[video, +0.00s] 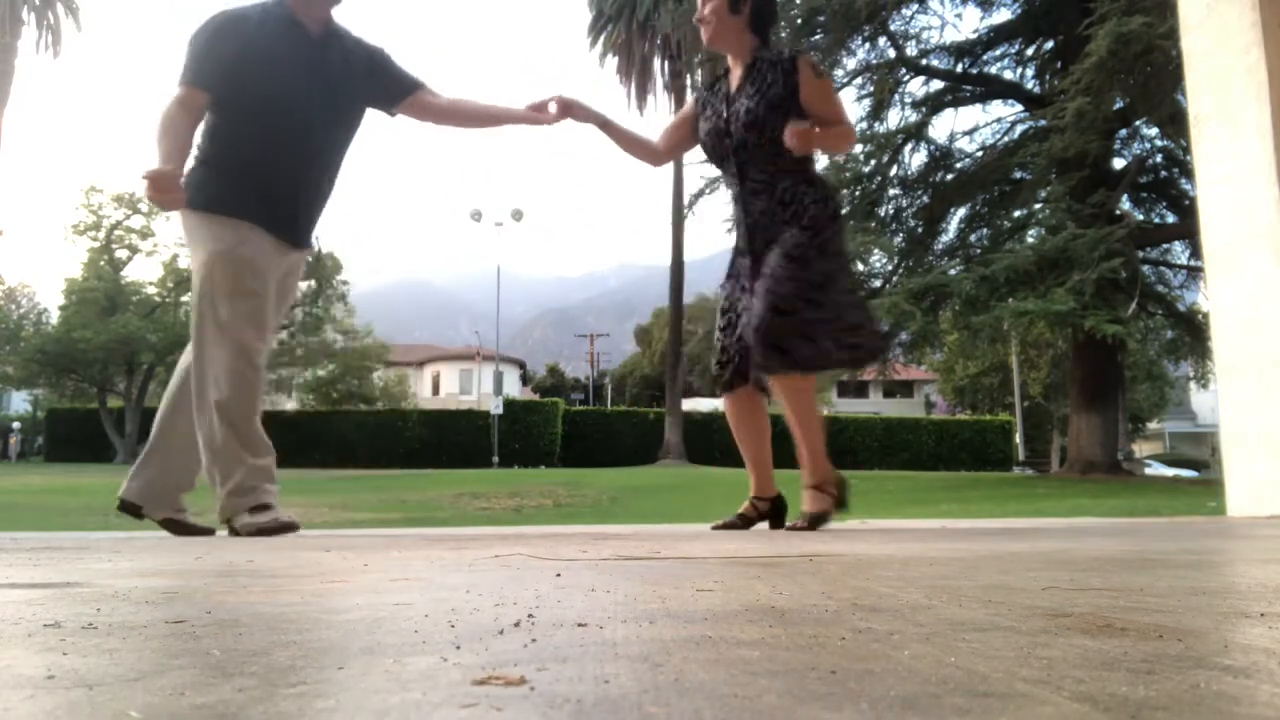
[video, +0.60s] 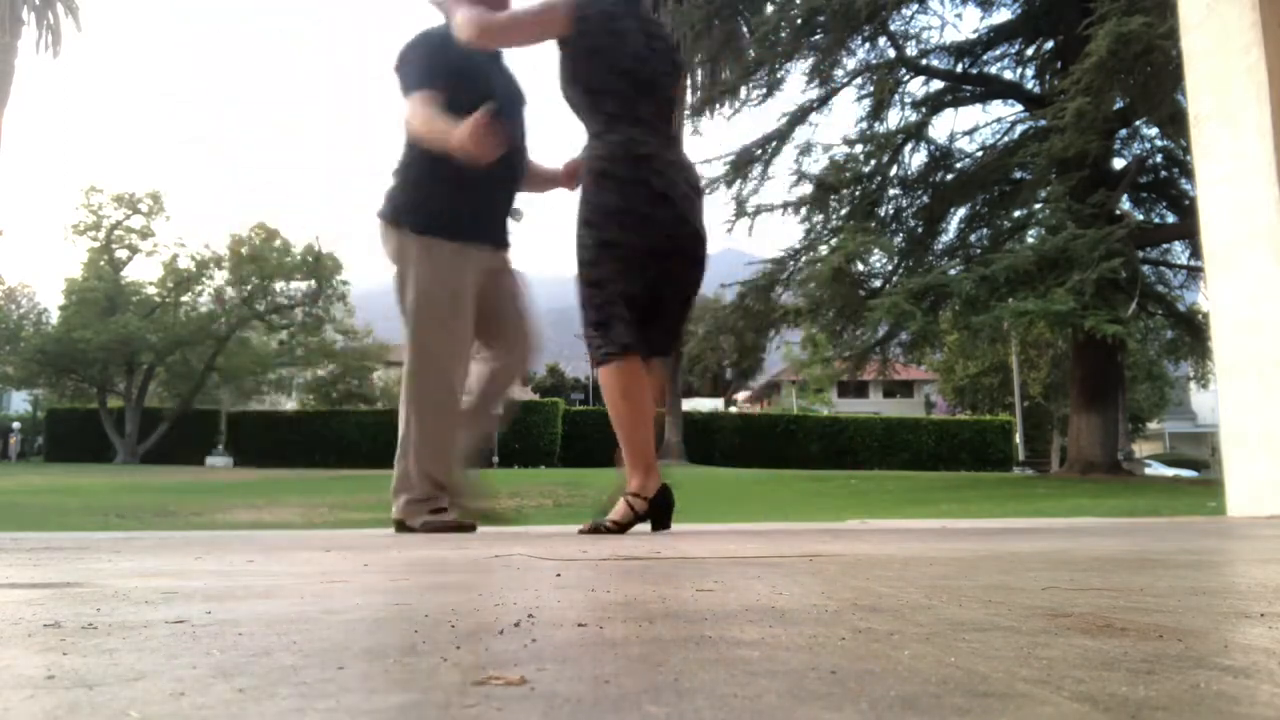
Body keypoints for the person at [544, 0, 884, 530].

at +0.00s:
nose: (698, 13)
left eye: (709, 4)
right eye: (699, 5)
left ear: (742, 12)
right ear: (719, 17)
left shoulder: (794, 69)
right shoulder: (712, 98)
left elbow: (844, 134)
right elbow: (657, 152)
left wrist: (814, 136)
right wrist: (589, 115)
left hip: (806, 225)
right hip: (753, 238)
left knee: (771, 335)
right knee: (733, 363)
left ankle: (821, 479)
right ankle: (765, 495)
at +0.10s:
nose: (690, 8)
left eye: (700, 1)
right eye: (691, 2)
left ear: (734, 6)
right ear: (708, 12)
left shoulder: (784, 61)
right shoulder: (702, 89)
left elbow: (842, 127)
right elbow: (652, 147)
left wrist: (826, 120)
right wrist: (588, 112)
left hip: (786, 217)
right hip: (736, 228)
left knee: (738, 321)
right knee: (735, 349)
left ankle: (779, 465)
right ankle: (763, 486)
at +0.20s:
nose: (676, 10)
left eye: (686, 3)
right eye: (678, 3)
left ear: (718, 9)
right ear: (699, 12)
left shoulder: (765, 63)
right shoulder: (692, 91)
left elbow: (818, 132)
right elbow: (649, 159)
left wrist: (811, 116)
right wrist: (581, 125)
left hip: (760, 223)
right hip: (719, 229)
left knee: (698, 330)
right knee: (733, 366)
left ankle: (705, 478)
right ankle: (764, 496)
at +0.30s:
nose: (653, 20)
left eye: (662, 9)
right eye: (655, 11)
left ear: (691, 12)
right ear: (677, 17)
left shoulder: (732, 67)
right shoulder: (682, 91)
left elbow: (776, 136)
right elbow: (649, 178)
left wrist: (743, 91)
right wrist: (578, 152)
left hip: (726, 238)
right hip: (696, 240)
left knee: (660, 343)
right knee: (726, 369)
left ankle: (654, 486)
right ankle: (762, 494)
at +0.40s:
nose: (616, 15)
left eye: (623, 8)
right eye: (615, 12)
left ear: (648, 3)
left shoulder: (670, 36)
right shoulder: (649, 66)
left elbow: (695, 84)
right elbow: (653, 176)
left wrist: (629, 33)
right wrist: (573, 166)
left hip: (687, 228)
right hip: (684, 229)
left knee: (622, 342)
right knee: (705, 363)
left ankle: (647, 490)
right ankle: (759, 487)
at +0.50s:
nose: (590, 15)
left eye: (596, 9)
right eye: (592, 12)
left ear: (616, 2)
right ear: (644, 6)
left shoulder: (630, 17)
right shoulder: (666, 45)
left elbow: (569, 35)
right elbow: (646, 160)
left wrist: (519, 3)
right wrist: (575, 160)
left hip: (651, 193)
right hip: (690, 195)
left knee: (617, 343)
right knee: (669, 348)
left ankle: (646, 489)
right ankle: (727, 468)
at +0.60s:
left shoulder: (585, 10)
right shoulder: (668, 42)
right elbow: (668, 138)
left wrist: (456, 8)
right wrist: (593, 162)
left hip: (616, 180)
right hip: (676, 185)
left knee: (612, 339)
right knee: (652, 344)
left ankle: (643, 486)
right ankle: (642, 482)